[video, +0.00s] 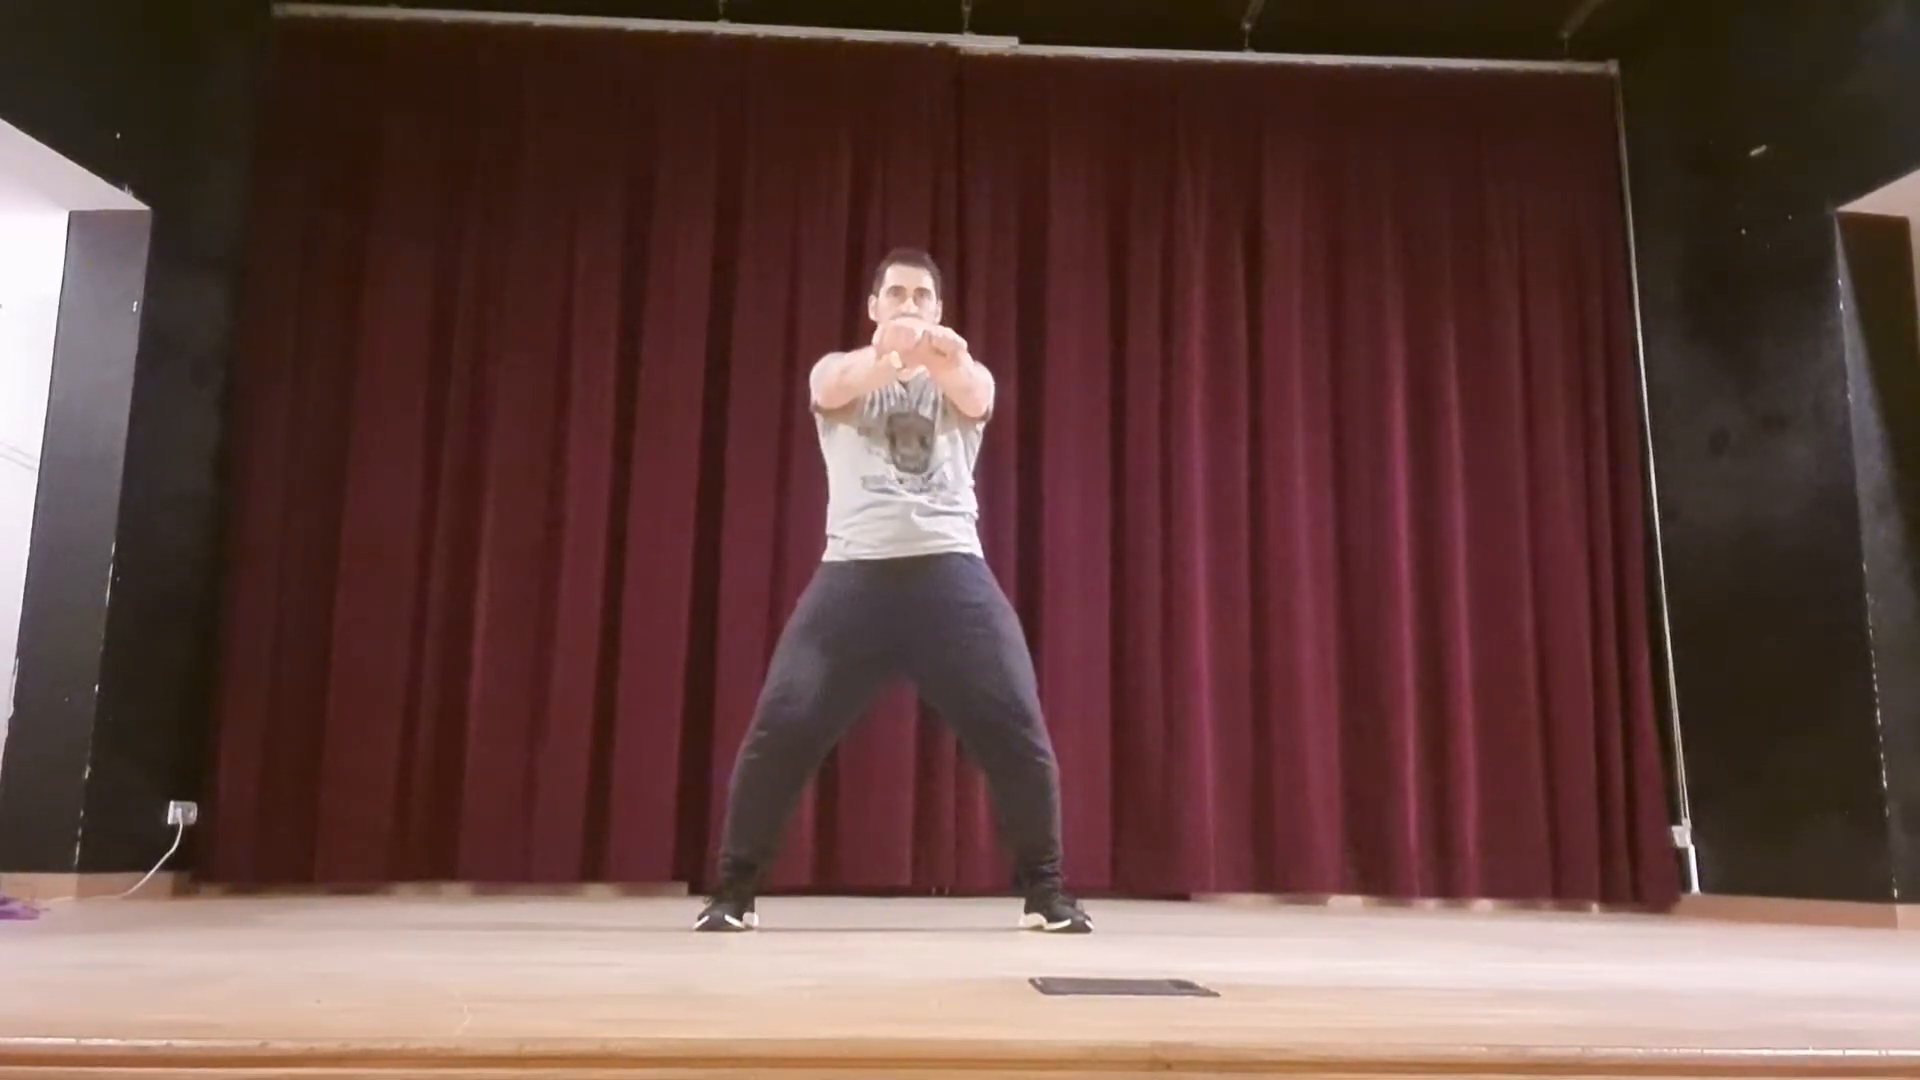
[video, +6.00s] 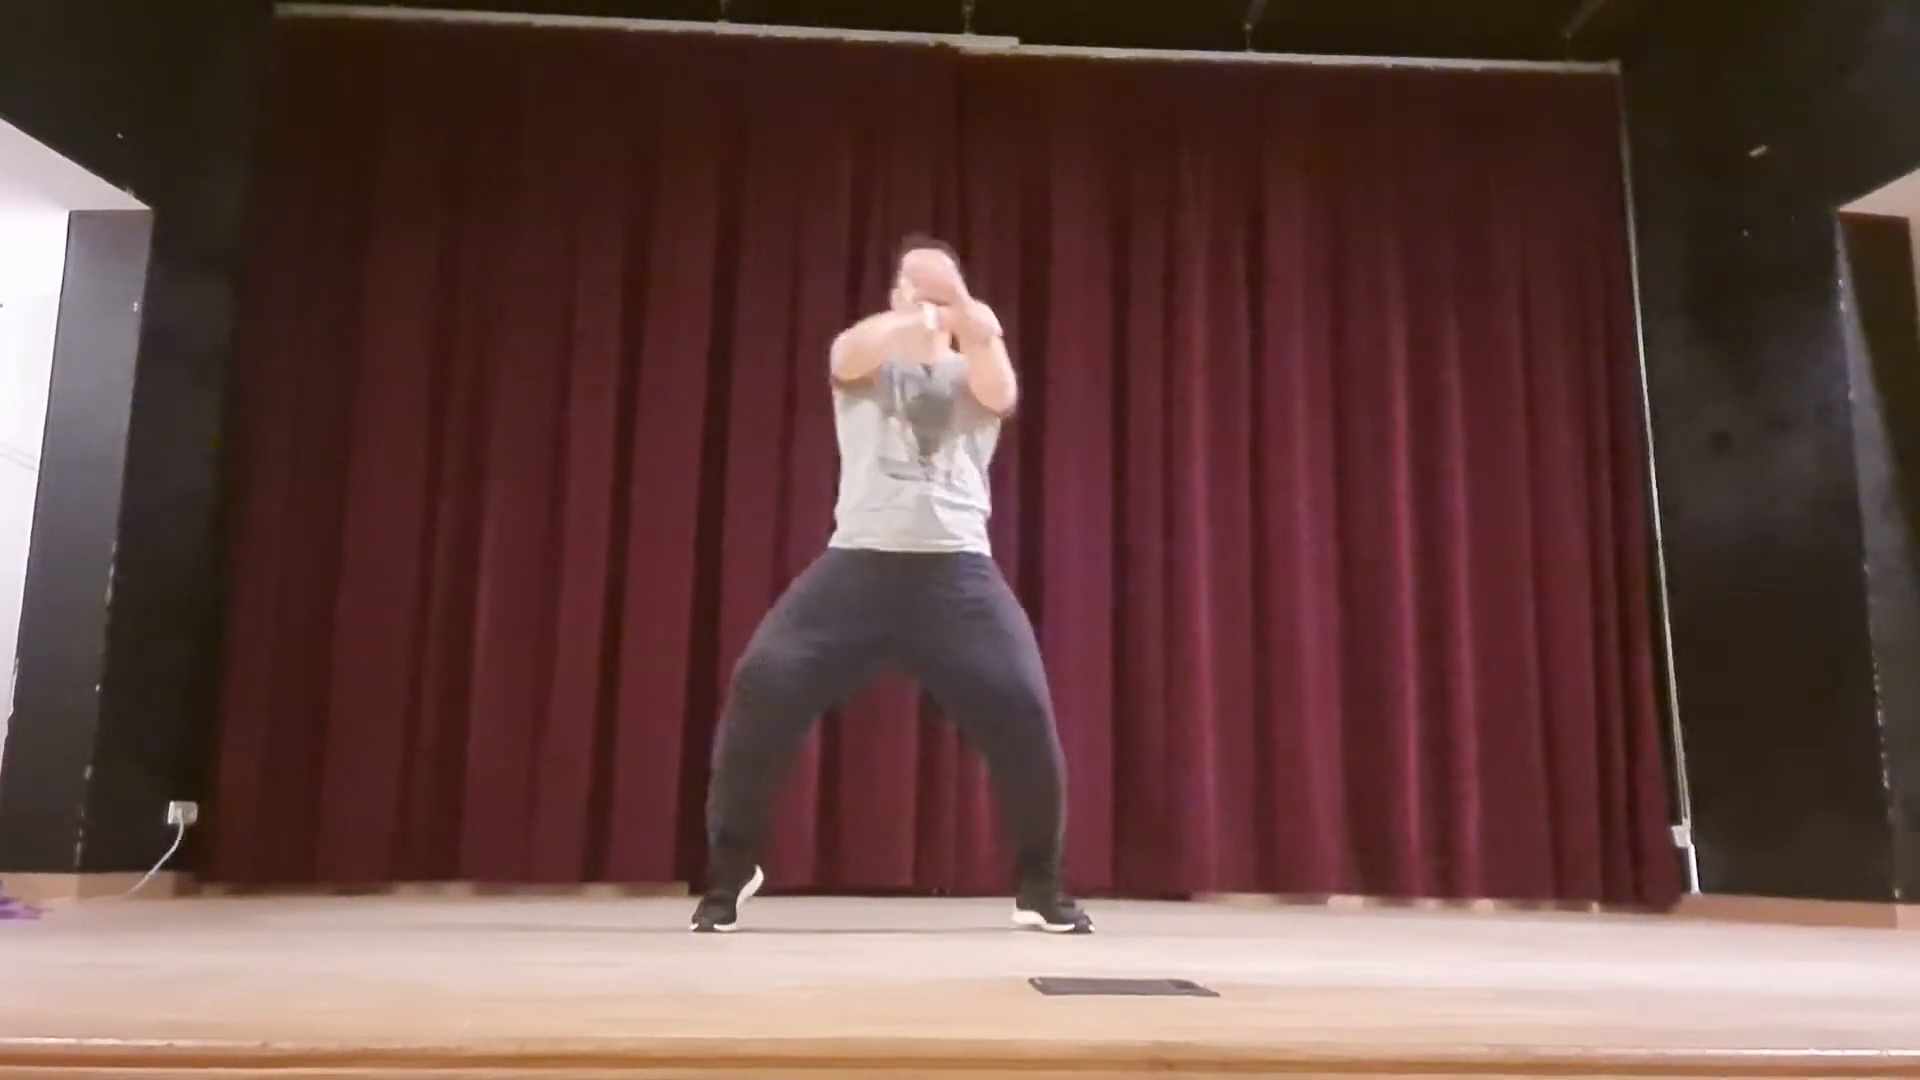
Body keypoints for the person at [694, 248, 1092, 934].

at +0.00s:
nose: (908, 305)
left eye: (921, 296)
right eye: (896, 294)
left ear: (939, 308)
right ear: (872, 305)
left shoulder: (966, 374)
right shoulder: (840, 366)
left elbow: (975, 401)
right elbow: (829, 392)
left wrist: (949, 360)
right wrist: (889, 361)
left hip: (952, 574)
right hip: (852, 575)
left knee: (1017, 727)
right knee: (783, 722)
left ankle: (1045, 891)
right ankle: (734, 894)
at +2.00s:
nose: (919, 299)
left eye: (930, 289)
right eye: (906, 290)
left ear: (953, 306)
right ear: (885, 308)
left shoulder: (977, 371)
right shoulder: (851, 365)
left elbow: (988, 392)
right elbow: (849, 387)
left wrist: (944, 343)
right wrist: (912, 369)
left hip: (960, 576)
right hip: (859, 575)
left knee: (1024, 713)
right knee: (780, 703)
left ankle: (1044, 889)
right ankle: (729, 885)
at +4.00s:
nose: (848, 285)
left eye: (861, 277)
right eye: (836, 276)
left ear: (883, 302)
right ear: (814, 300)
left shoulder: (913, 356)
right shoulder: (785, 366)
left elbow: (920, 384)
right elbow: (777, 397)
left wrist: (864, 351)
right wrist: (818, 361)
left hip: (920, 567)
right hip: (817, 573)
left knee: (1011, 704)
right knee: (754, 704)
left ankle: (1045, 864)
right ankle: (735, 884)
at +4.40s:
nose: (914, 288)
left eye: (926, 279)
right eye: (902, 280)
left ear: (947, 295)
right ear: (878, 295)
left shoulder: (970, 359)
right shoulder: (851, 351)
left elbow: (983, 393)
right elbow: (836, 365)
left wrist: (947, 320)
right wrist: (906, 315)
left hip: (950, 576)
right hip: (849, 571)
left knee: (1017, 720)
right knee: (768, 695)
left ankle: (1042, 890)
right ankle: (734, 878)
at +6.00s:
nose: (926, 312)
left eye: (938, 302)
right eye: (914, 299)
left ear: (960, 305)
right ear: (892, 298)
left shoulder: (983, 365)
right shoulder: (859, 353)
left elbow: (997, 394)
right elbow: (854, 353)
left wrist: (972, 324)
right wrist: (913, 320)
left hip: (959, 573)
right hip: (856, 567)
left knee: (1022, 705)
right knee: (763, 681)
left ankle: (1041, 886)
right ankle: (730, 867)